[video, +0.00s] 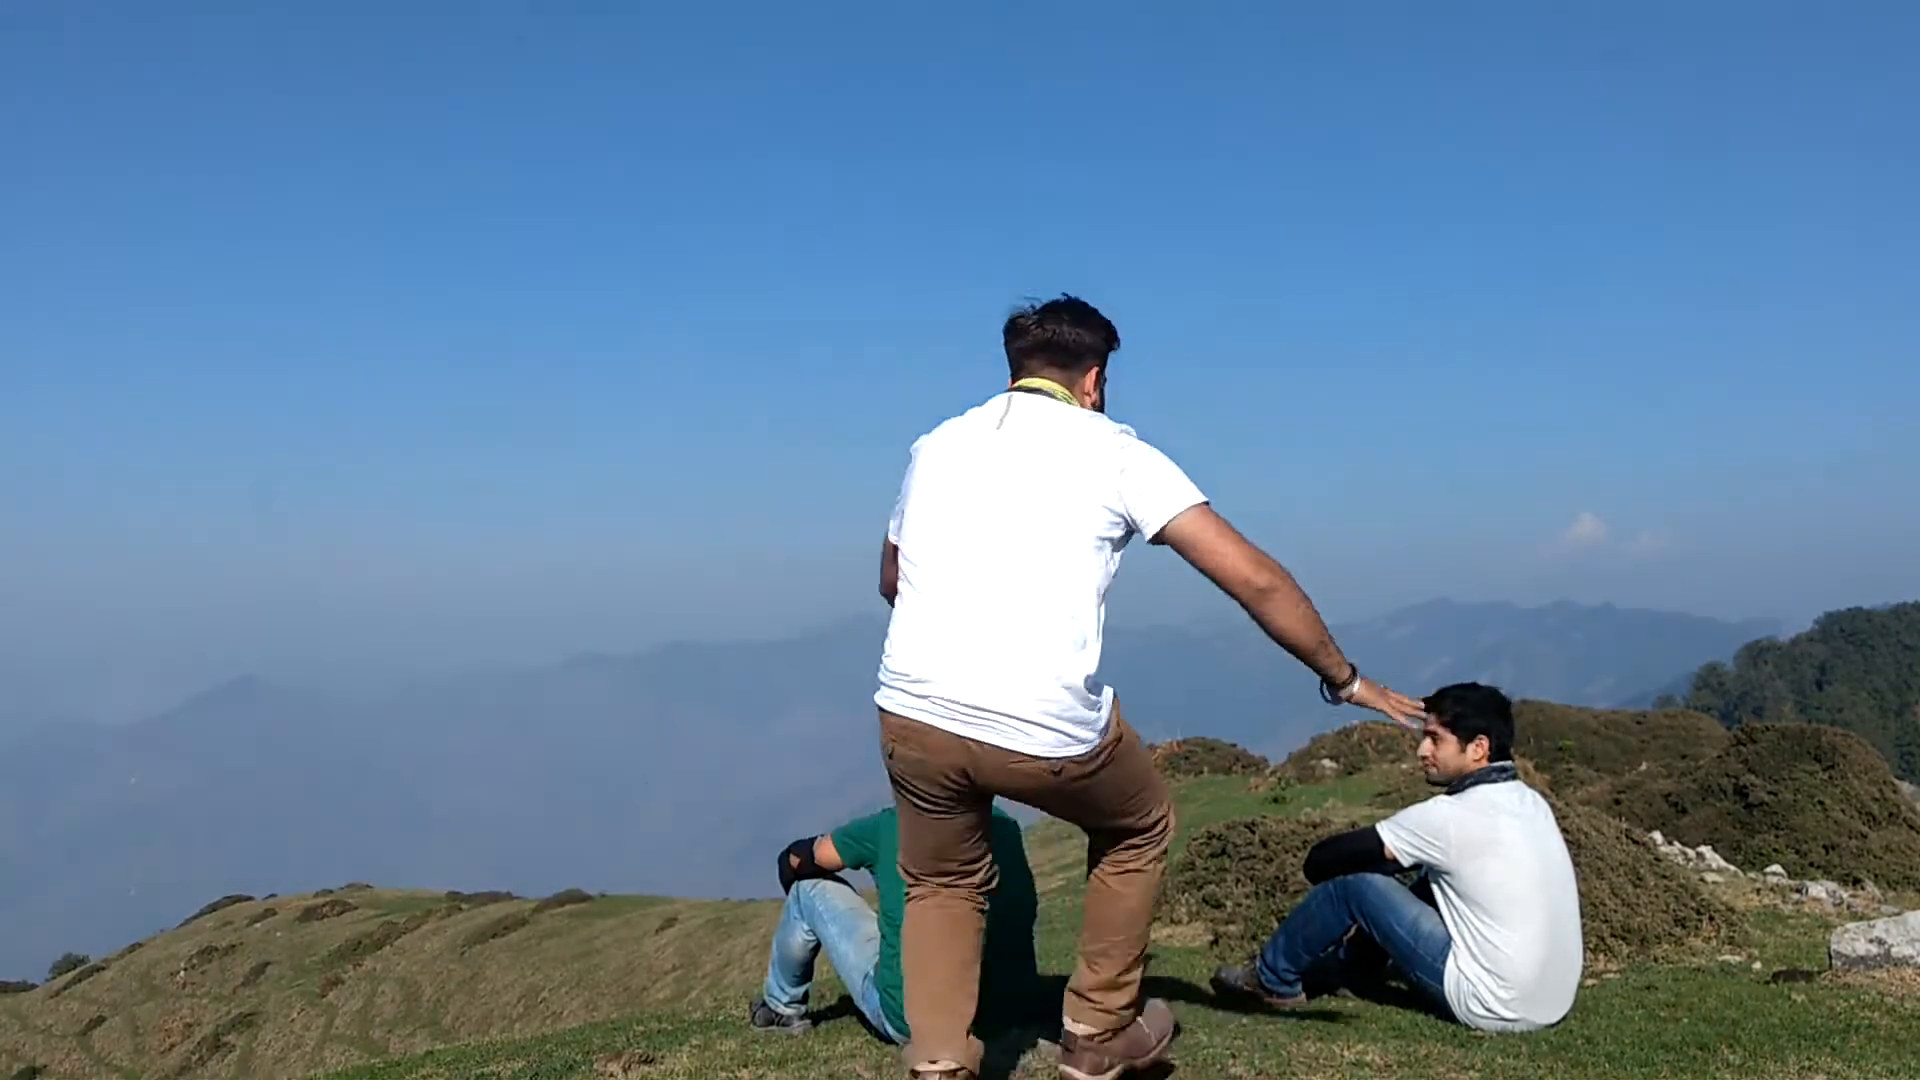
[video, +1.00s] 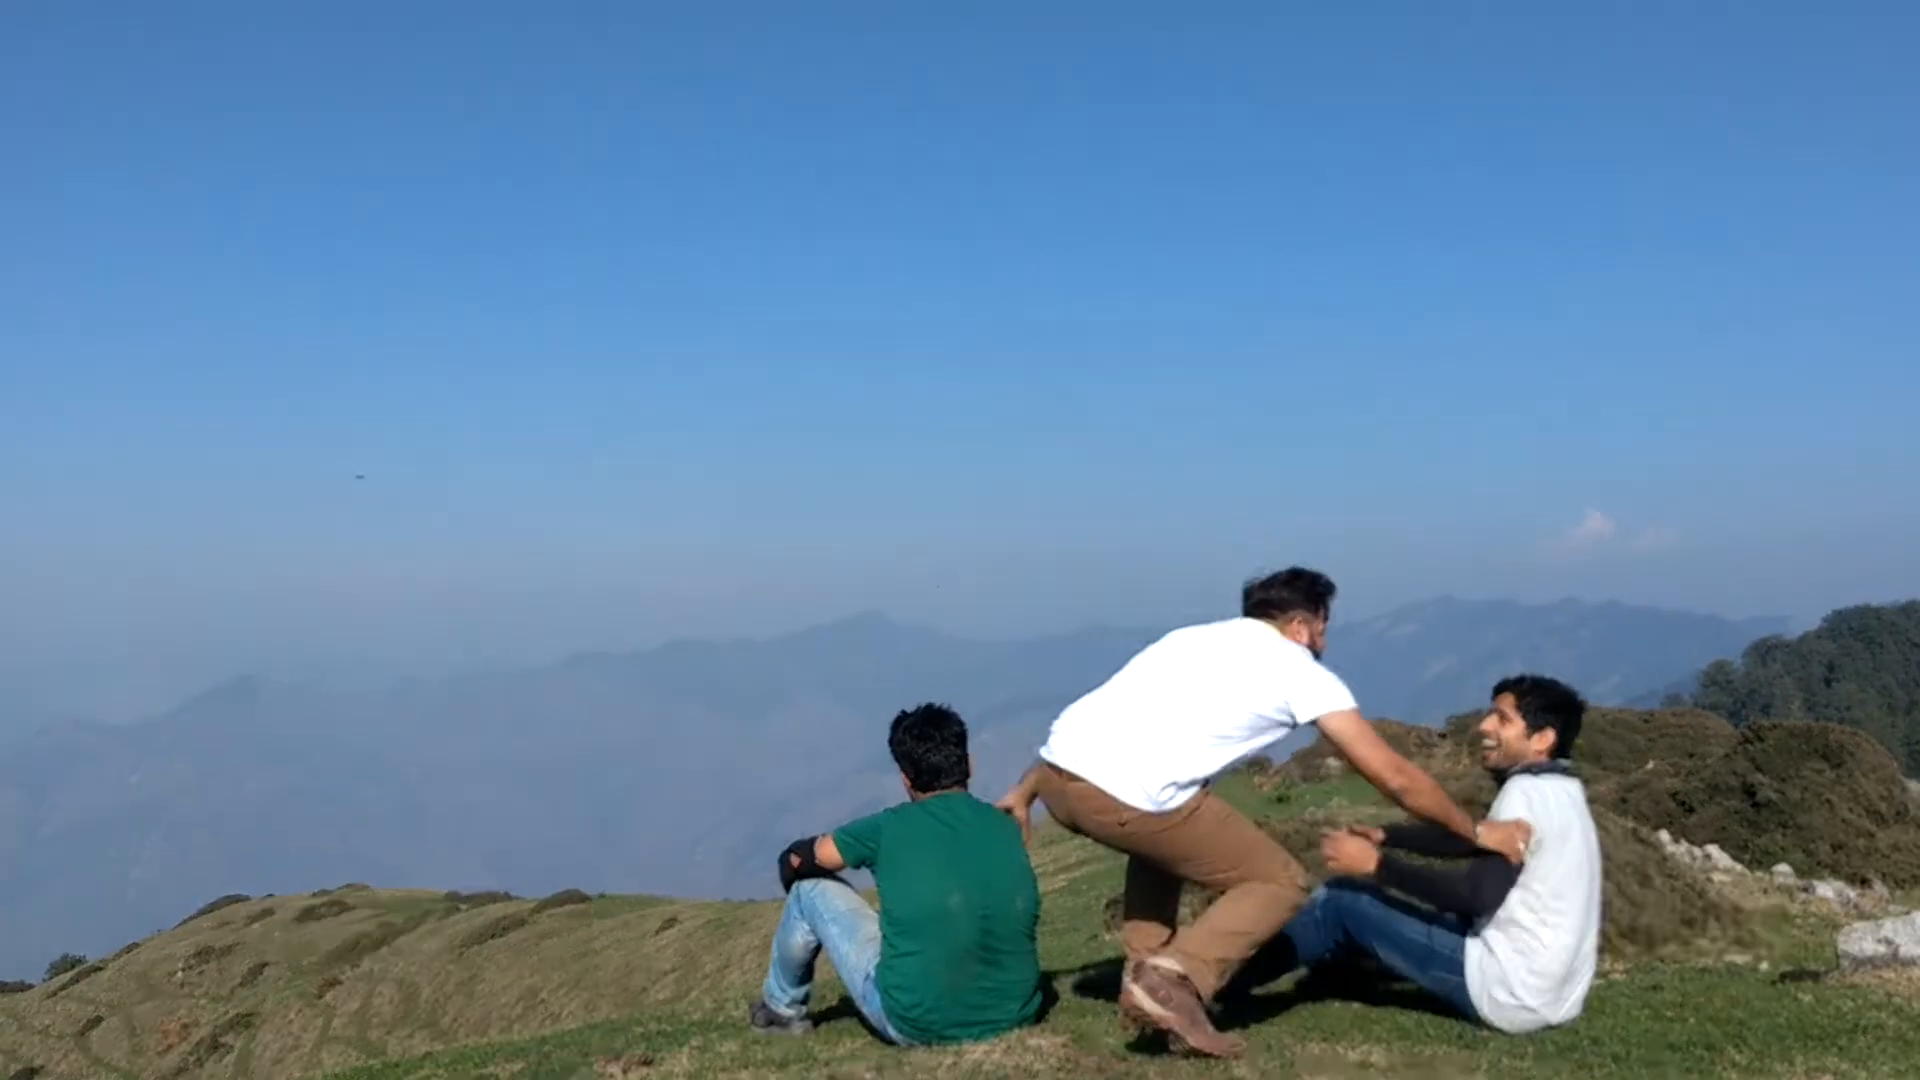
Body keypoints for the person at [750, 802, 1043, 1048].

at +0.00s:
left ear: (915, 778)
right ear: (976, 778)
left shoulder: (892, 824)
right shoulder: (1007, 830)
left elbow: (799, 859)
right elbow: (1020, 909)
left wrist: (792, 877)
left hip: (909, 1020)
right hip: (999, 1021)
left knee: (810, 889)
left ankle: (782, 1005)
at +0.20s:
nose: (898, 780)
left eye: (897, 772)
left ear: (906, 780)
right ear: (967, 766)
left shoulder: (891, 825)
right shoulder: (1005, 818)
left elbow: (797, 859)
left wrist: (798, 895)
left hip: (910, 1021)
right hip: (995, 1020)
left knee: (810, 888)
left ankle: (782, 1007)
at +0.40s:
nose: (899, 779)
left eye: (898, 772)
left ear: (905, 779)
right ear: (965, 768)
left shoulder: (888, 826)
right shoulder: (1005, 824)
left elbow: (798, 858)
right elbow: (1028, 909)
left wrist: (795, 885)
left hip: (916, 1022)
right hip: (1009, 1013)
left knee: (810, 887)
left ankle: (782, 1007)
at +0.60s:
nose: (904, 775)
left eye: (901, 767)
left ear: (908, 775)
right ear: (971, 761)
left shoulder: (892, 821)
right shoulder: (1008, 820)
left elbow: (800, 854)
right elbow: (1025, 910)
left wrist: (800, 885)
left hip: (919, 1018)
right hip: (1013, 1009)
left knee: (813, 883)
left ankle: (784, 1003)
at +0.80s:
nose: (903, 777)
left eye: (901, 769)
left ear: (907, 777)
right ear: (970, 764)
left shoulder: (891, 823)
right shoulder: (1008, 822)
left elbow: (798, 857)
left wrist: (801, 895)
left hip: (918, 1020)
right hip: (1012, 1012)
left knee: (812, 886)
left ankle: (784, 1006)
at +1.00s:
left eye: (901, 772)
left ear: (907, 779)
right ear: (969, 766)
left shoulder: (890, 826)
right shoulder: (1006, 824)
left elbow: (796, 860)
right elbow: (1025, 915)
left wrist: (800, 897)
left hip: (918, 1024)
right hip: (1011, 1016)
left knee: (810, 889)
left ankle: (782, 1010)